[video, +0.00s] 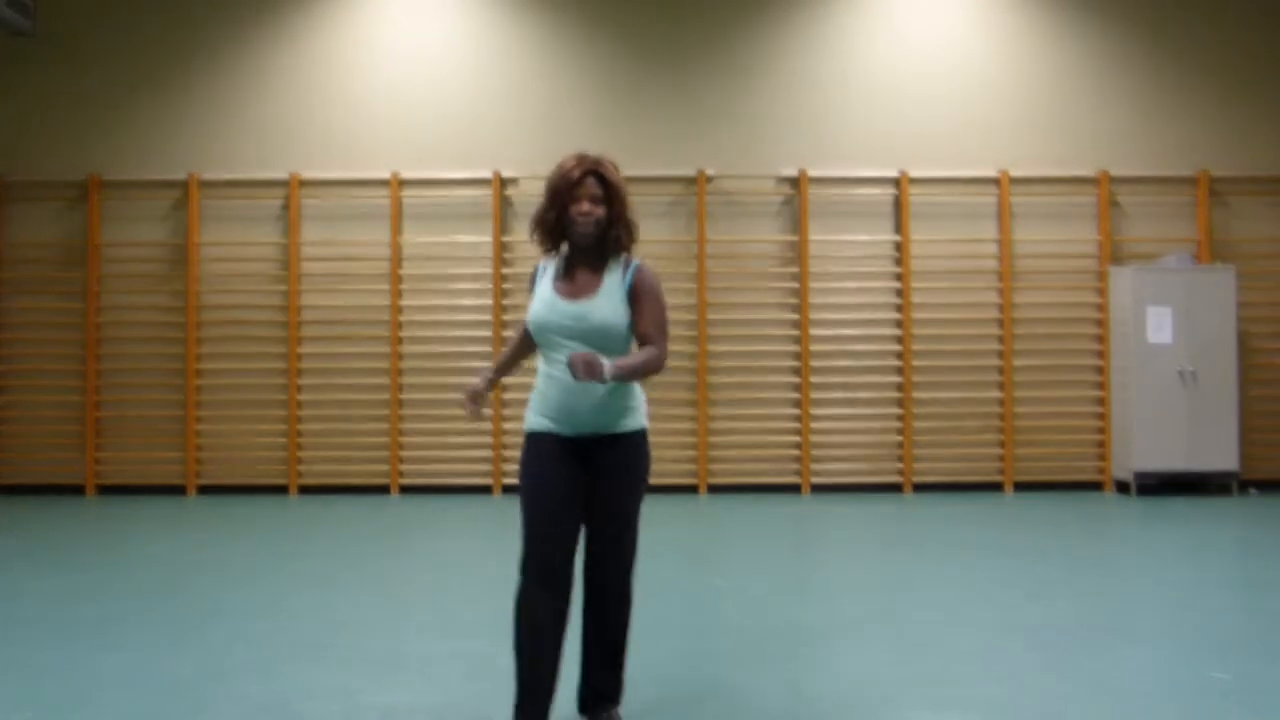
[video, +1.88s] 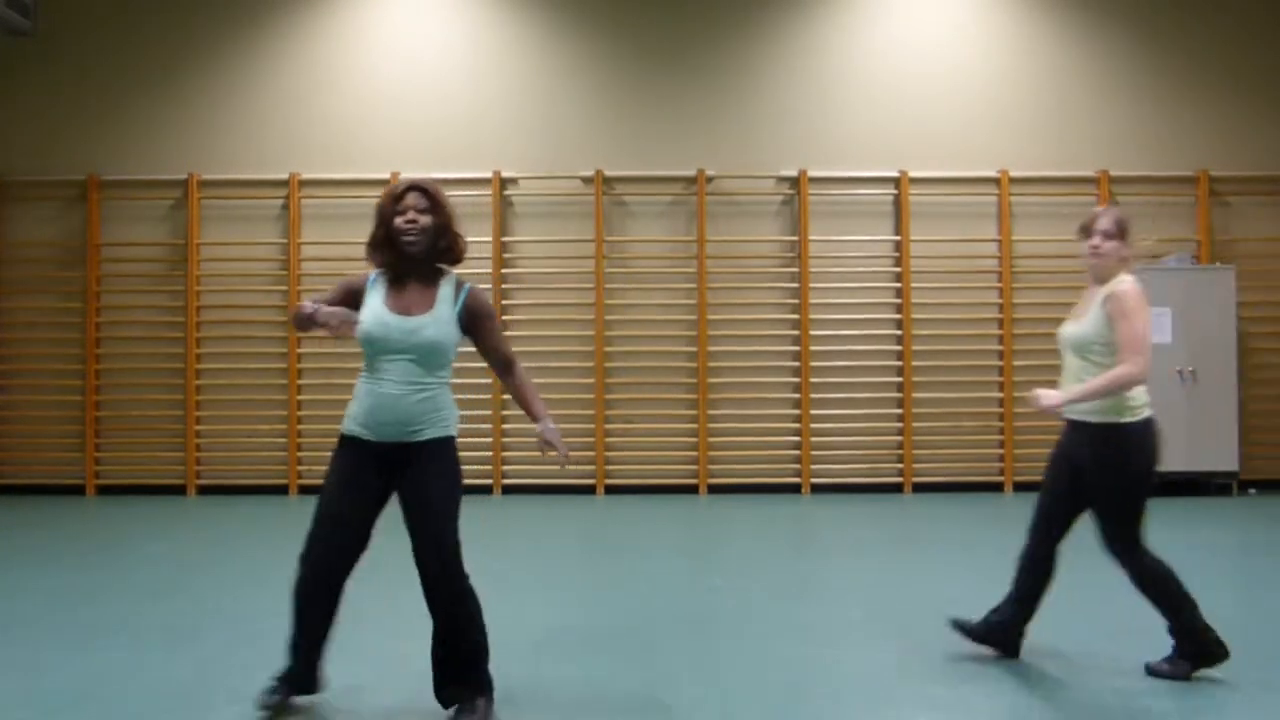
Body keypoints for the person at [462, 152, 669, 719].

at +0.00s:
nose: (586, 210)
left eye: (596, 201)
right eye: (576, 200)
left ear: (612, 211)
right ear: (559, 209)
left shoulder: (635, 276)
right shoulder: (544, 272)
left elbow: (655, 353)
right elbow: (530, 334)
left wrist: (610, 368)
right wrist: (490, 378)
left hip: (618, 443)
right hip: (550, 440)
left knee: (610, 580)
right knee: (543, 577)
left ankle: (601, 707)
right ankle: (530, 712)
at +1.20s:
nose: (533, 212)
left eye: (543, 203)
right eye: (523, 204)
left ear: (559, 214)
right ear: (508, 216)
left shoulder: (583, 280)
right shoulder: (500, 279)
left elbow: (617, 353)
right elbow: (488, 354)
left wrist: (619, 420)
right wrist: (454, 411)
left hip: (569, 443)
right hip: (502, 441)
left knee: (579, 567)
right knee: (473, 562)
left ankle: (600, 697)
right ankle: (459, 693)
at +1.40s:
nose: (504, 224)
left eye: (514, 216)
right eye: (494, 216)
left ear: (530, 226)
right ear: (477, 227)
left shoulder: (549, 295)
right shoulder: (462, 287)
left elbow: (579, 368)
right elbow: (438, 351)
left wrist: (586, 422)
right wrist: (386, 375)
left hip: (525, 448)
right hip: (457, 447)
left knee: (548, 568)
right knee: (436, 566)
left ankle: (598, 697)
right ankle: (406, 697)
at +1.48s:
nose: (489, 226)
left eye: (499, 217)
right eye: (478, 218)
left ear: (515, 228)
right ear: (461, 228)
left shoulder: (533, 299)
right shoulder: (441, 290)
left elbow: (561, 374)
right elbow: (402, 353)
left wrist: (572, 424)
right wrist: (355, 359)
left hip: (500, 450)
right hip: (434, 447)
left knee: (515, 566)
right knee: (416, 568)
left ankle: (585, 691)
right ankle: (409, 695)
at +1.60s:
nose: (466, 224)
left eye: (476, 216)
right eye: (455, 216)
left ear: (490, 226)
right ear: (438, 226)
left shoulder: (513, 298)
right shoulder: (416, 288)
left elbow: (539, 373)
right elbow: (376, 352)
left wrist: (562, 425)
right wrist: (358, 333)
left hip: (476, 443)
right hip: (411, 442)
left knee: (461, 557)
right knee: (403, 569)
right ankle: (408, 690)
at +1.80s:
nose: (428, 219)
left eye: (439, 212)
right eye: (418, 213)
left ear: (458, 226)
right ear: (403, 227)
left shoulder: (480, 298)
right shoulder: (385, 287)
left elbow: (519, 371)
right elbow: (329, 341)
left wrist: (555, 428)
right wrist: (349, 322)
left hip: (446, 447)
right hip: (380, 443)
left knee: (447, 570)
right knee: (348, 556)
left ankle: (473, 692)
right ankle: (362, 674)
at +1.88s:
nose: (410, 218)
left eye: (422, 211)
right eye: (401, 211)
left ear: (440, 226)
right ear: (387, 225)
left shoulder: (464, 297)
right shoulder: (367, 287)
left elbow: (507, 366)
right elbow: (301, 316)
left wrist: (542, 417)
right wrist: (315, 316)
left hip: (429, 446)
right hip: (363, 443)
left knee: (441, 570)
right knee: (320, 563)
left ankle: (472, 694)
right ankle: (300, 676)